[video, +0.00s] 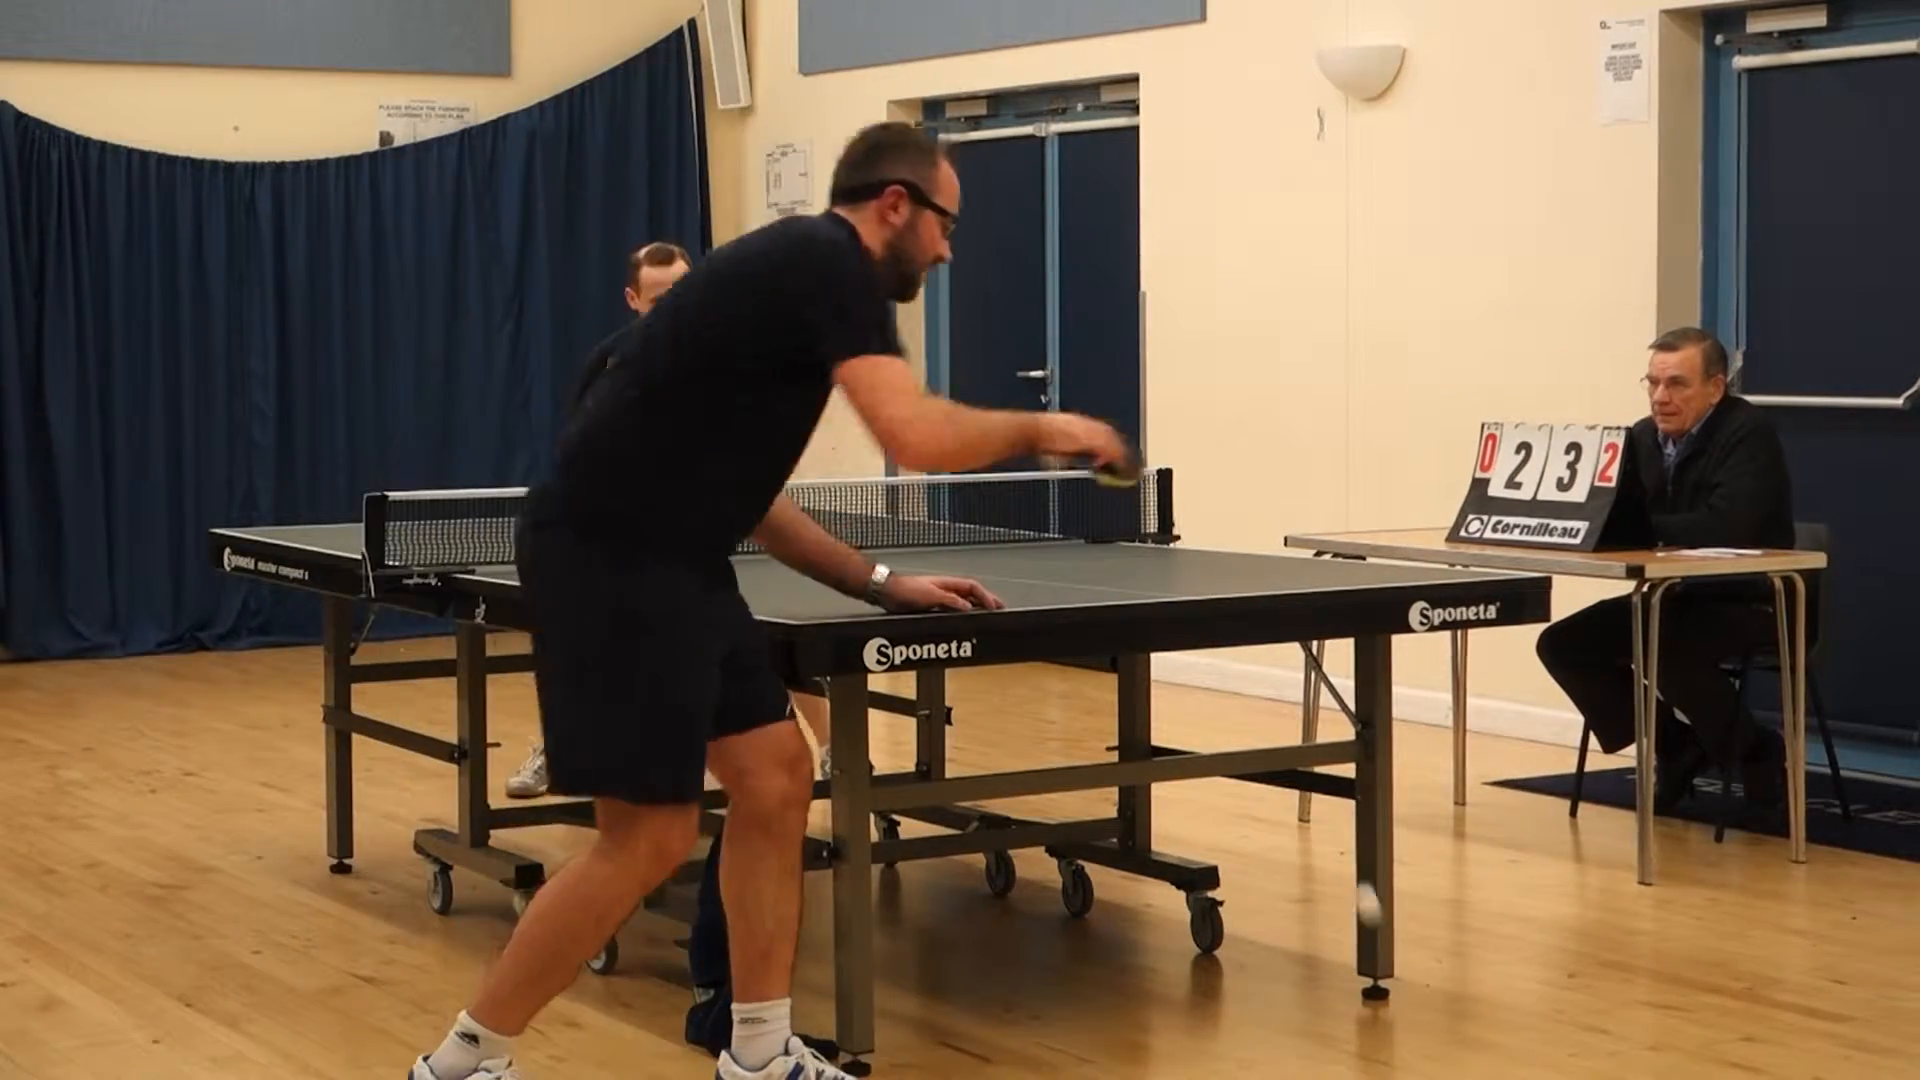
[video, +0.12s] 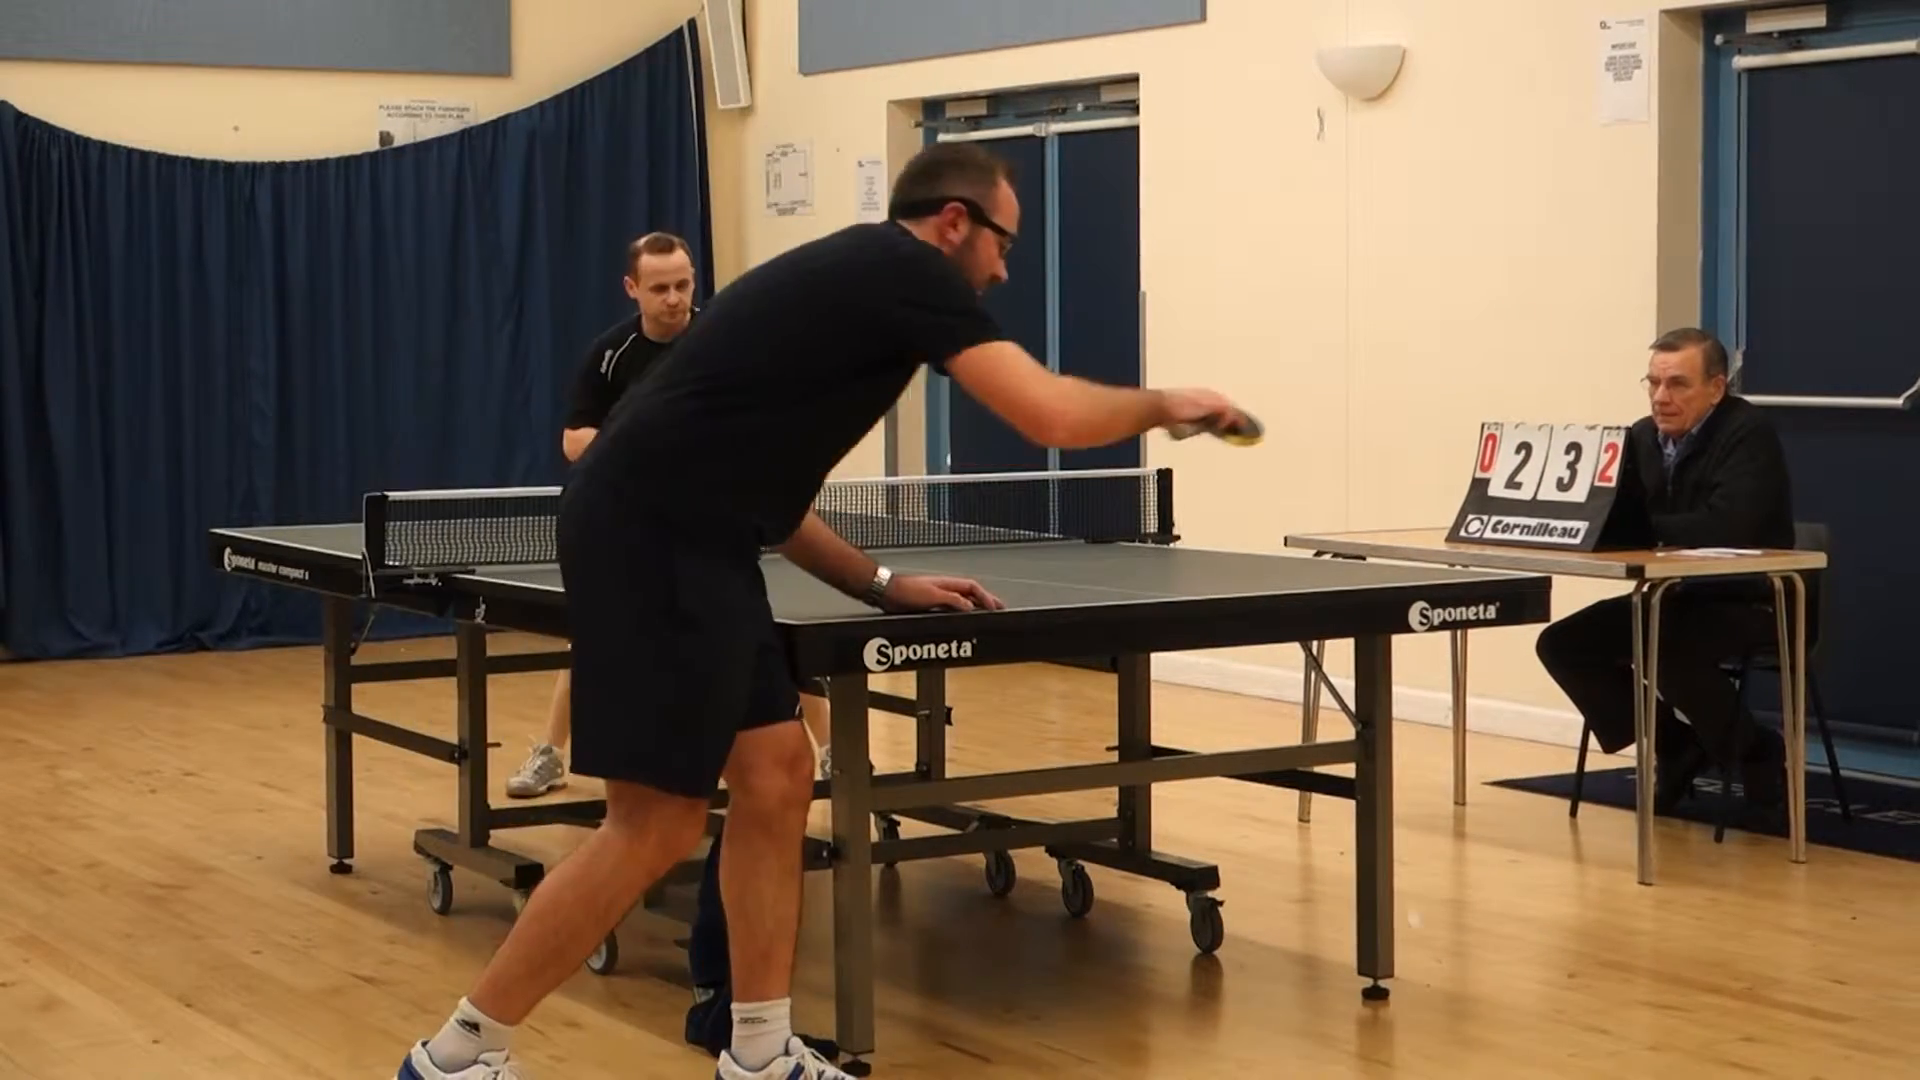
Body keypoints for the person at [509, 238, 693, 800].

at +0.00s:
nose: (669, 302)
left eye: (678, 291)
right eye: (657, 293)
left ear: (696, 289)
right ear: (632, 297)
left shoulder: (712, 351)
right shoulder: (615, 356)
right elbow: (579, 447)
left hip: (689, 527)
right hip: (614, 529)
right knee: (587, 639)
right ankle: (551, 748)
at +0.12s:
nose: (675, 299)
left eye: (683, 285)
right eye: (660, 288)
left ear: (696, 281)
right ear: (633, 289)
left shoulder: (717, 344)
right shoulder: (610, 354)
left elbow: (741, 428)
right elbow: (576, 443)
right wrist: (653, 444)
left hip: (710, 514)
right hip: (630, 518)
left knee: (787, 628)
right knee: (594, 638)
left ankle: (825, 755)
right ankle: (550, 752)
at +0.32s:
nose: (681, 285)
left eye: (689, 273)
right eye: (667, 275)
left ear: (699, 273)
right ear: (637, 278)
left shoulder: (727, 341)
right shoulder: (613, 347)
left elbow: (763, 411)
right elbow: (577, 433)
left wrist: (691, 418)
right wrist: (631, 428)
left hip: (720, 511)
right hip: (637, 517)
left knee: (783, 638)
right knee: (597, 638)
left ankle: (833, 753)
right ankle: (550, 752)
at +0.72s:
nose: (685, 284)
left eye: (694, 272)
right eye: (672, 273)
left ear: (704, 274)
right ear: (643, 277)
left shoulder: (733, 342)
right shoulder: (615, 345)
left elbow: (771, 414)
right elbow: (572, 411)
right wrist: (604, 464)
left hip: (723, 510)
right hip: (640, 514)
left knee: (790, 636)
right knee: (595, 636)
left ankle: (832, 754)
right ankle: (550, 751)